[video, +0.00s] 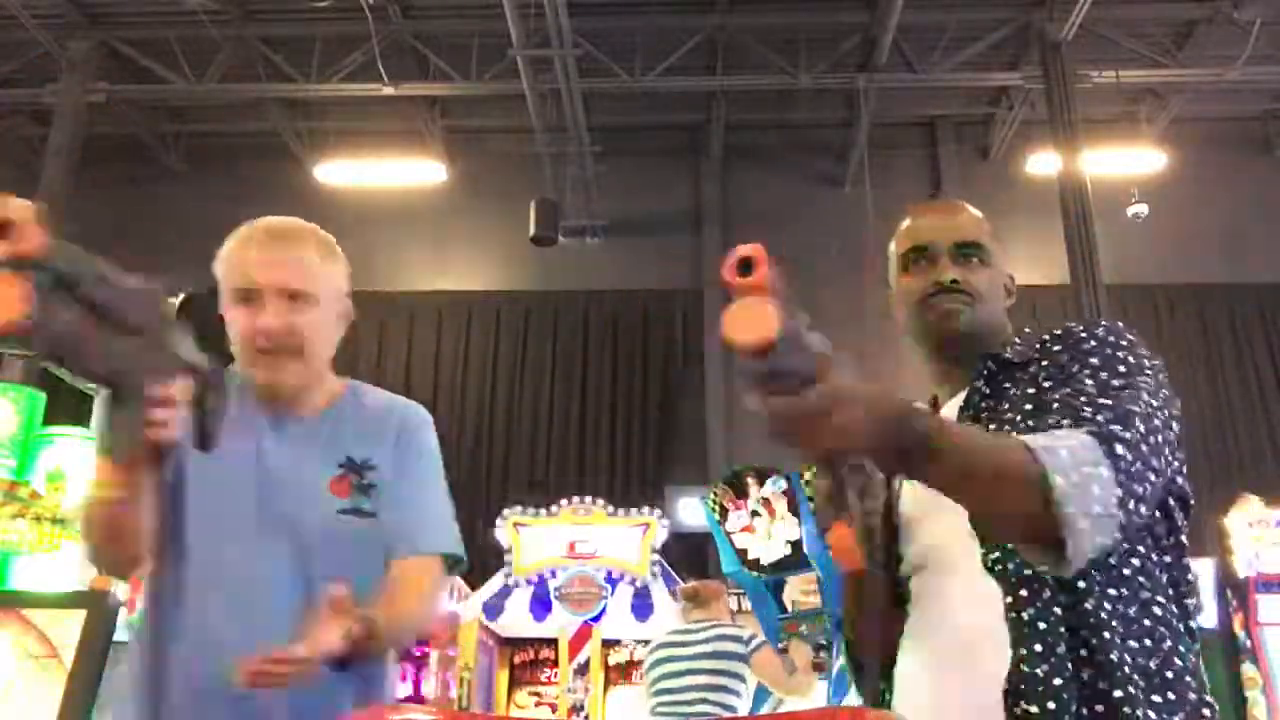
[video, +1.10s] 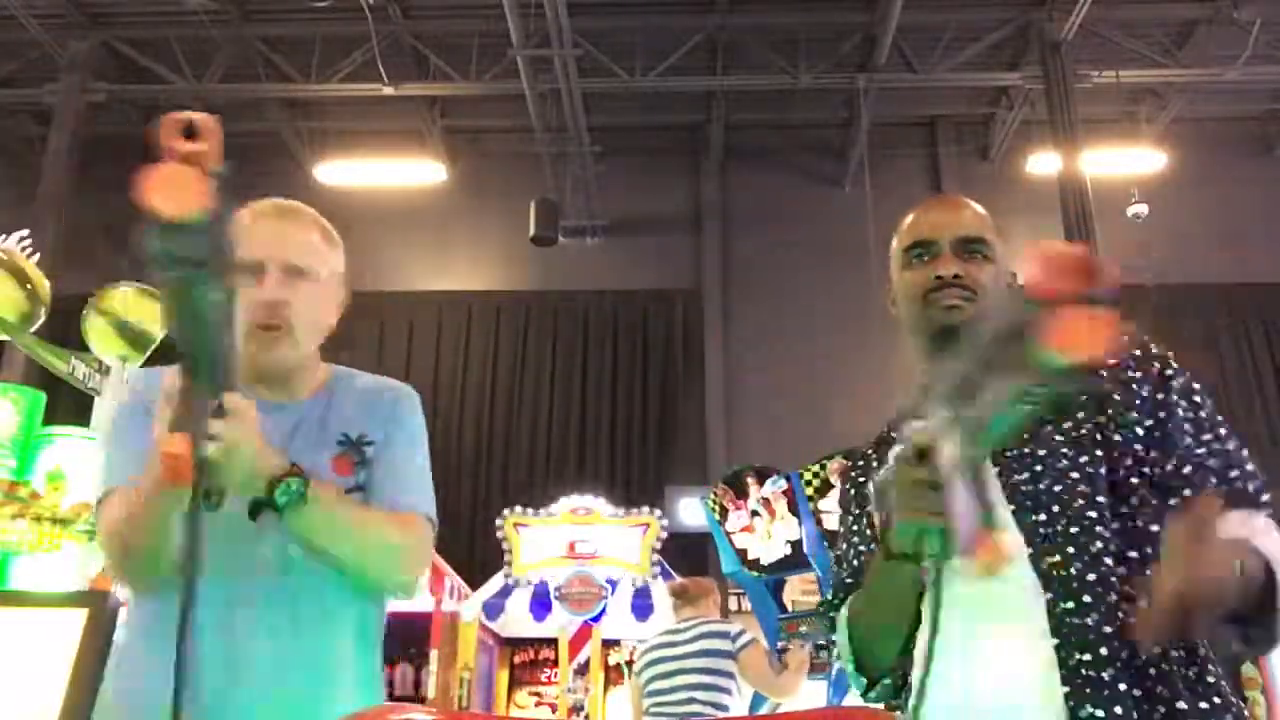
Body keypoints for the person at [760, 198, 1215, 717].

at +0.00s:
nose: (944, 270)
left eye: (969, 254)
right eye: (917, 260)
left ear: (1008, 286)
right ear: (894, 303)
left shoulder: (1096, 352)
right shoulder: (902, 445)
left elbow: (1082, 508)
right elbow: (879, 665)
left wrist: (902, 435)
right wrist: (865, 547)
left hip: (1111, 699)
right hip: (951, 704)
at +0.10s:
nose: (948, 271)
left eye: (973, 254)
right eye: (921, 258)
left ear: (1009, 284)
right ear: (895, 297)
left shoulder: (1102, 356)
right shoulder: (889, 418)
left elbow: (1125, 522)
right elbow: (873, 668)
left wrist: (947, 435)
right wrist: (871, 531)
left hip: (1115, 702)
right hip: (943, 706)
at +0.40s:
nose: (967, 264)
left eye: (991, 247)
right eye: (940, 250)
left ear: (1026, 276)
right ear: (908, 283)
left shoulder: (1115, 352)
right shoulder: (913, 433)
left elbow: (1132, 539)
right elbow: (884, 672)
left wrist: (948, 476)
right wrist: (872, 524)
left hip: (1110, 703)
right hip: (951, 710)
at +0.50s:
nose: (943, 261)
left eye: (968, 245)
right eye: (916, 250)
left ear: (1012, 273)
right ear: (891, 288)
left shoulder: (1112, 350)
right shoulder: (895, 440)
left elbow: (1213, 548)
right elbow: (882, 660)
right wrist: (877, 539)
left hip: (1116, 701)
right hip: (939, 704)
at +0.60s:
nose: (947, 267)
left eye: (972, 249)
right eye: (919, 253)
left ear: (1006, 270)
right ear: (891, 295)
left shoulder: (1118, 352)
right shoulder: (891, 455)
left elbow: (1263, 543)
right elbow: (870, 651)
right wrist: (903, 531)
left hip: (1160, 702)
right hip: (967, 706)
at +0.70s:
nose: (949, 269)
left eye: (973, 254)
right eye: (919, 257)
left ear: (1006, 287)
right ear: (888, 299)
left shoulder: (1147, 408)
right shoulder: (865, 479)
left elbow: (1254, 560)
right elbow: (858, 658)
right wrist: (922, 533)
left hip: (1140, 704)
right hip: (954, 708)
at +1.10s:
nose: (947, 267)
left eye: (973, 251)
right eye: (920, 255)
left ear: (1009, 279)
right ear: (894, 294)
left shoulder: (1123, 387)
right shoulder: (888, 459)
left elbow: (1251, 522)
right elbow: (870, 662)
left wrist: (1224, 570)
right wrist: (903, 542)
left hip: (1137, 704)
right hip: (960, 707)